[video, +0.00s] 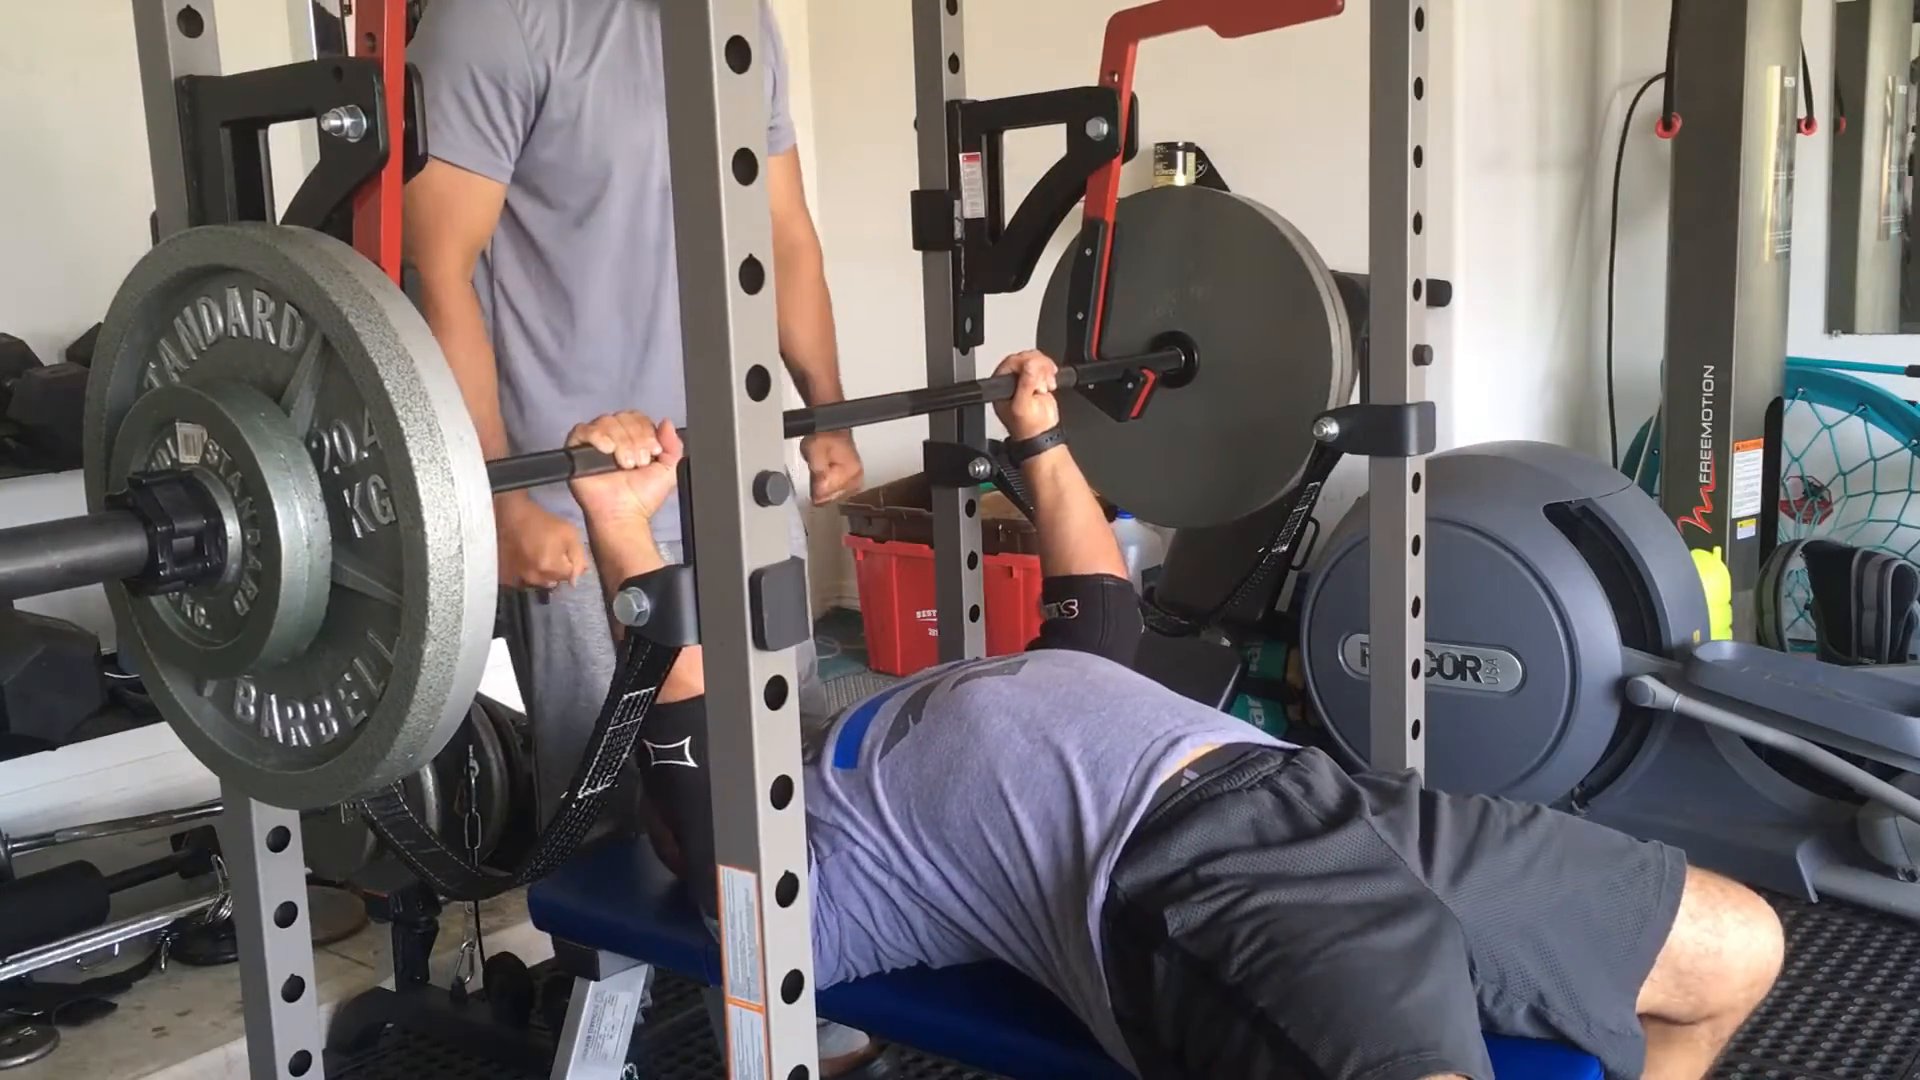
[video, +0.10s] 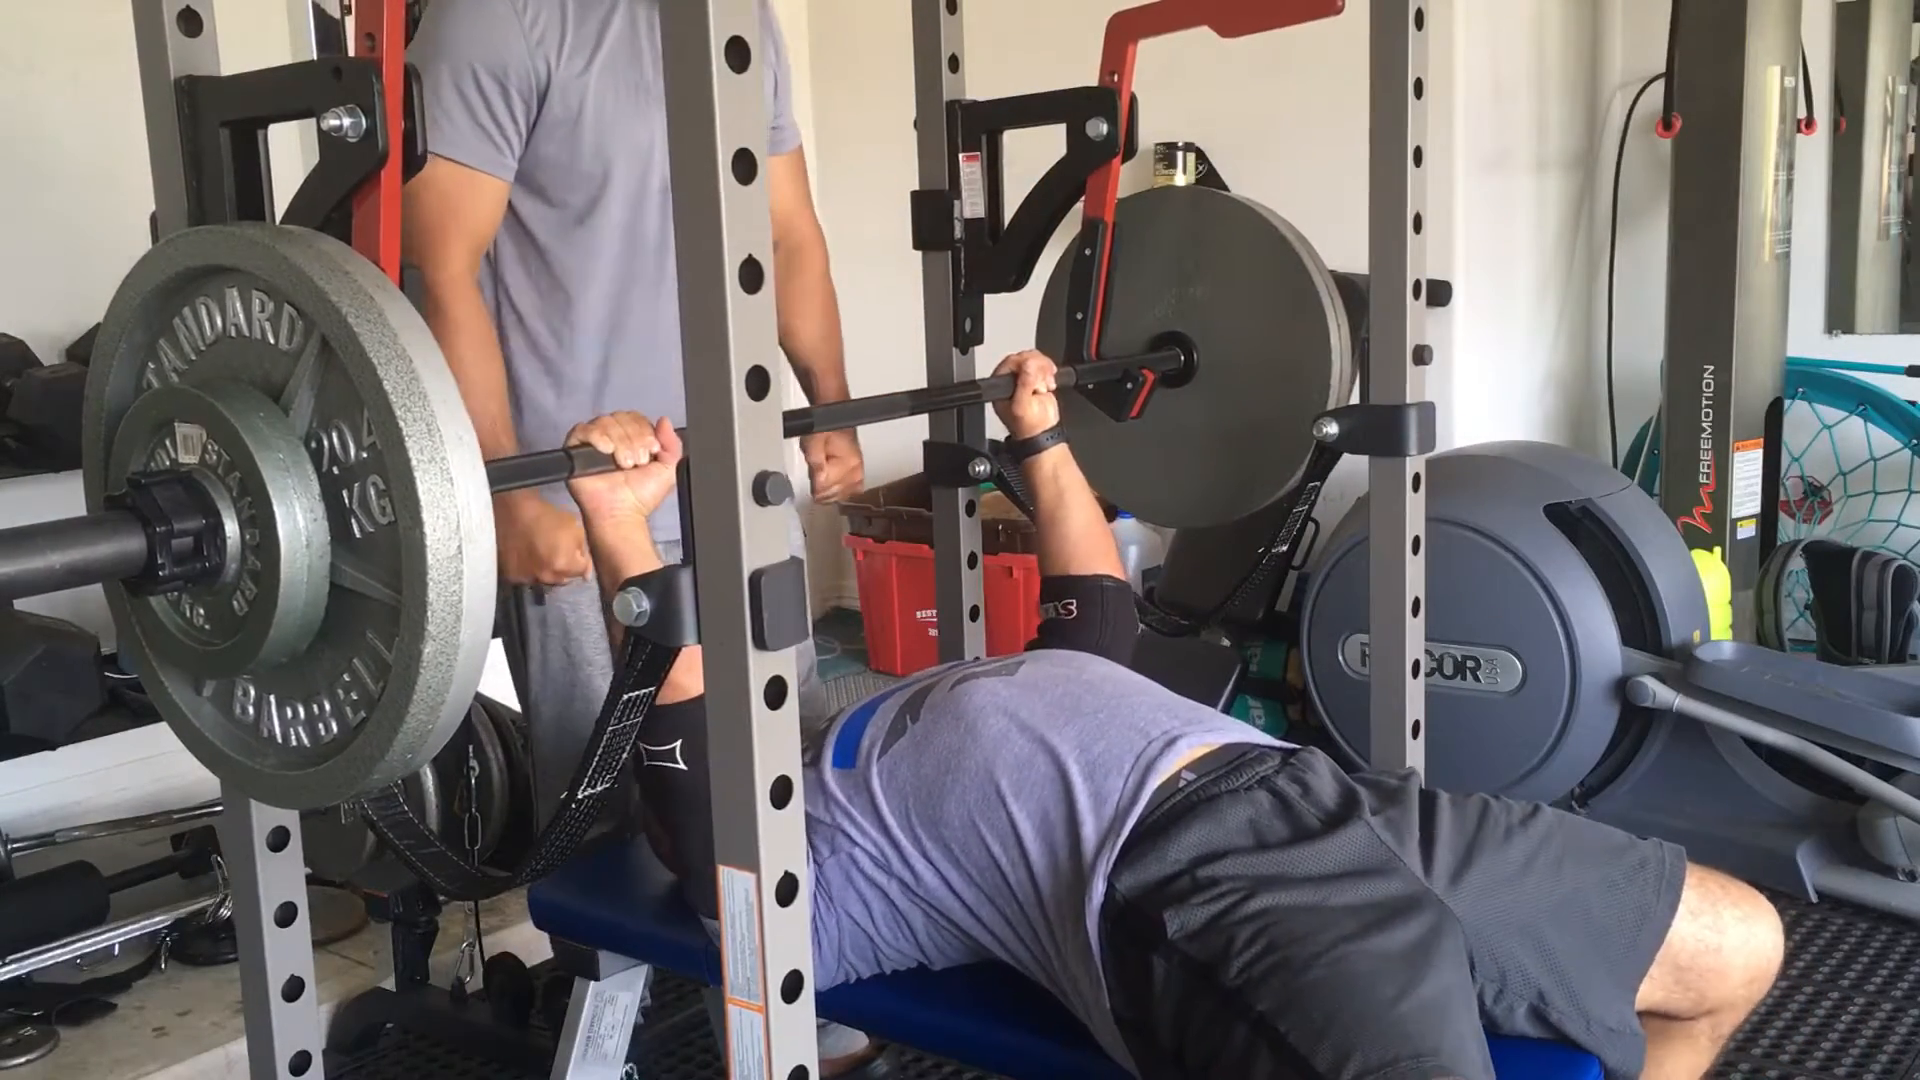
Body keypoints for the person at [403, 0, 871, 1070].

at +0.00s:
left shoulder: (739, 23)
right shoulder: (500, 18)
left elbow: (783, 219)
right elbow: (440, 263)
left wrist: (826, 407)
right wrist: (498, 485)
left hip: (733, 485)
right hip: (577, 508)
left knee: (763, 779)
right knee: (606, 803)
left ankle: (783, 1020)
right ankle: (609, 1037)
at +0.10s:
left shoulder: (741, 22)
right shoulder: (500, 17)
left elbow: (789, 226)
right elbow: (442, 263)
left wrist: (830, 406)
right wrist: (507, 482)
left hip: (733, 494)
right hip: (578, 514)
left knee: (761, 787)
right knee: (602, 804)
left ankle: (785, 1024)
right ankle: (611, 1031)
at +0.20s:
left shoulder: (741, 23)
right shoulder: (500, 16)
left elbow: (789, 230)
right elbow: (441, 264)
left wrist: (828, 406)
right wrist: (512, 478)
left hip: (735, 493)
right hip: (577, 509)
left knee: (766, 779)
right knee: (602, 803)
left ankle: (790, 1020)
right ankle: (608, 1034)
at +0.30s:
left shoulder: (739, 23)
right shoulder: (496, 15)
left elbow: (789, 235)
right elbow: (438, 263)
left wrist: (823, 418)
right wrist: (511, 476)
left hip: (734, 492)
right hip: (575, 508)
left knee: (761, 792)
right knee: (603, 813)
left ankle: (778, 1025)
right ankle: (608, 1035)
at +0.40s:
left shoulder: (735, 23)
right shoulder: (491, 16)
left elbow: (786, 232)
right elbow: (435, 262)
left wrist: (815, 416)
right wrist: (507, 477)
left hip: (733, 489)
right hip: (573, 506)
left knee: (758, 793)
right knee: (602, 807)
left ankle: (774, 1028)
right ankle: (609, 1023)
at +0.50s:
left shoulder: (733, 23)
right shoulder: (490, 15)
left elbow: (782, 227)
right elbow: (430, 261)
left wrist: (814, 420)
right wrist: (486, 488)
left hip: (731, 492)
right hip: (569, 509)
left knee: (759, 795)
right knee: (601, 812)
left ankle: (776, 1026)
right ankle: (609, 1015)